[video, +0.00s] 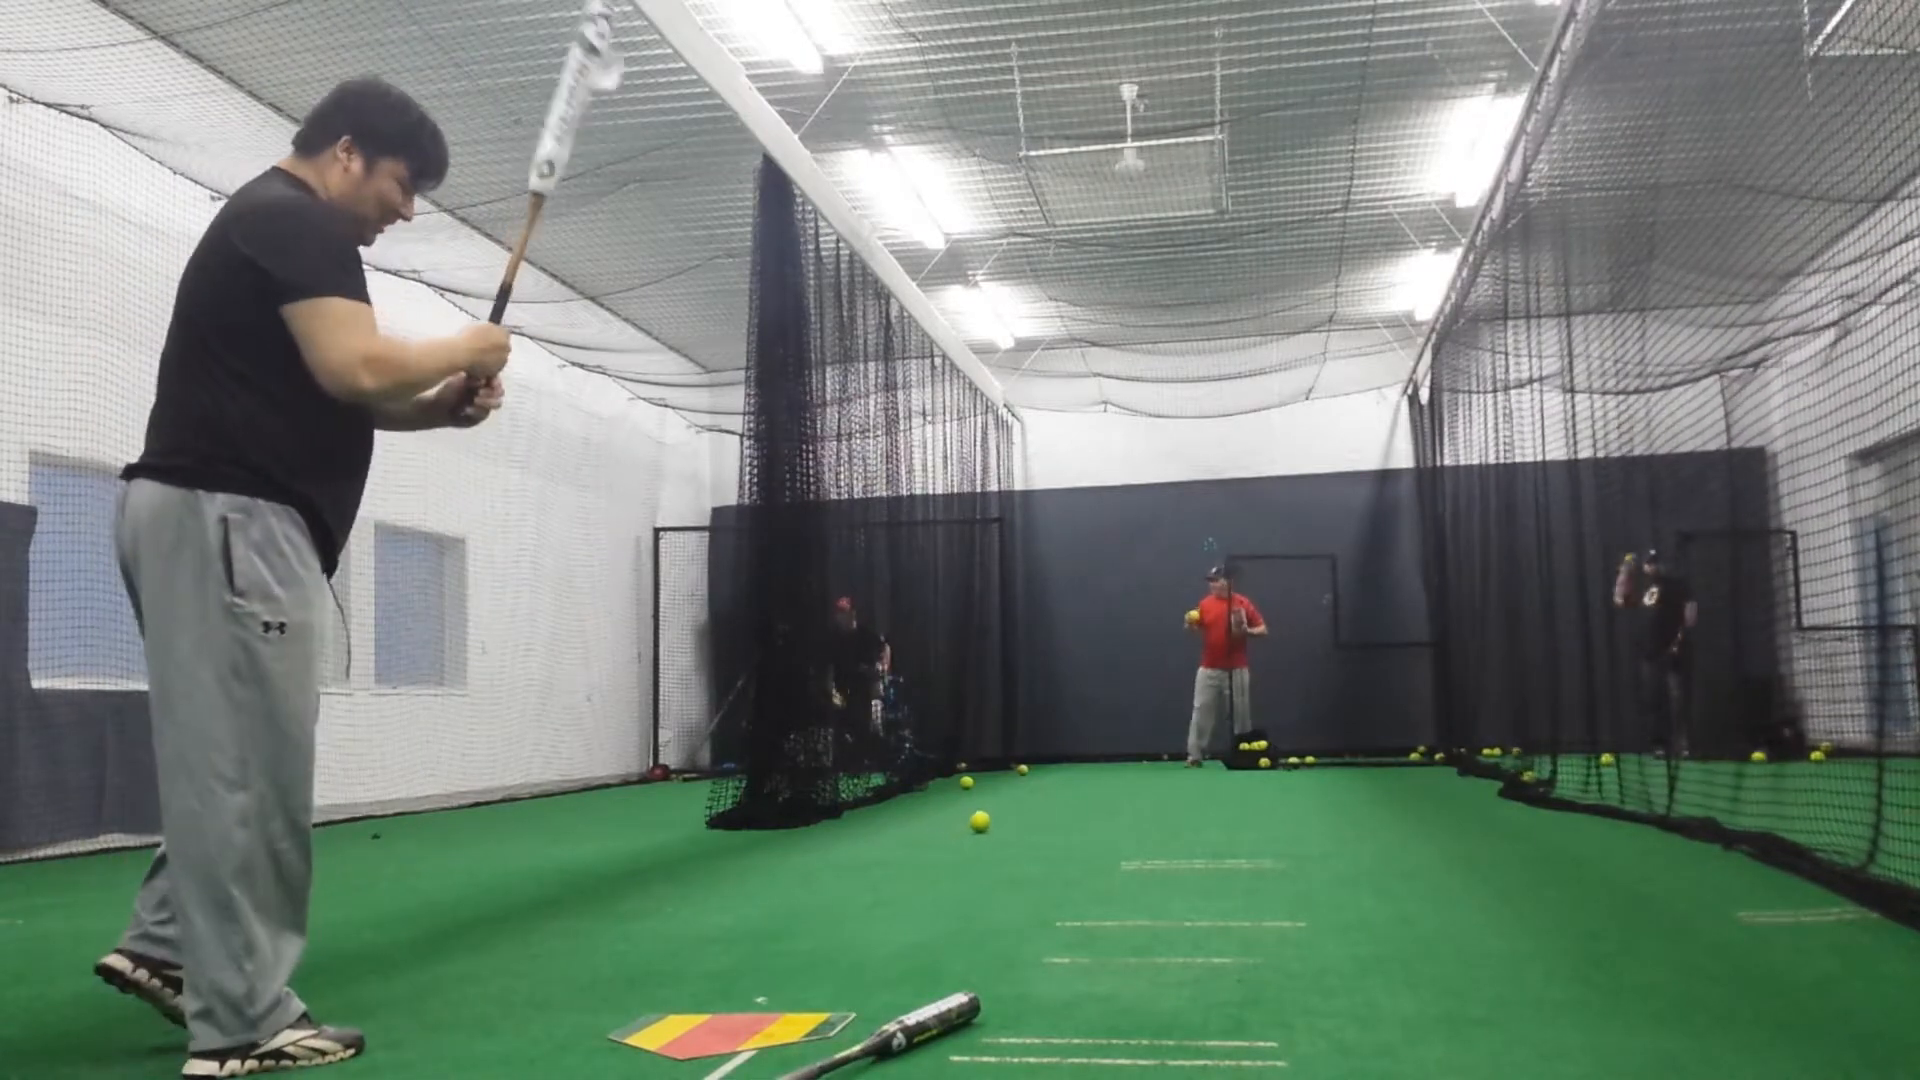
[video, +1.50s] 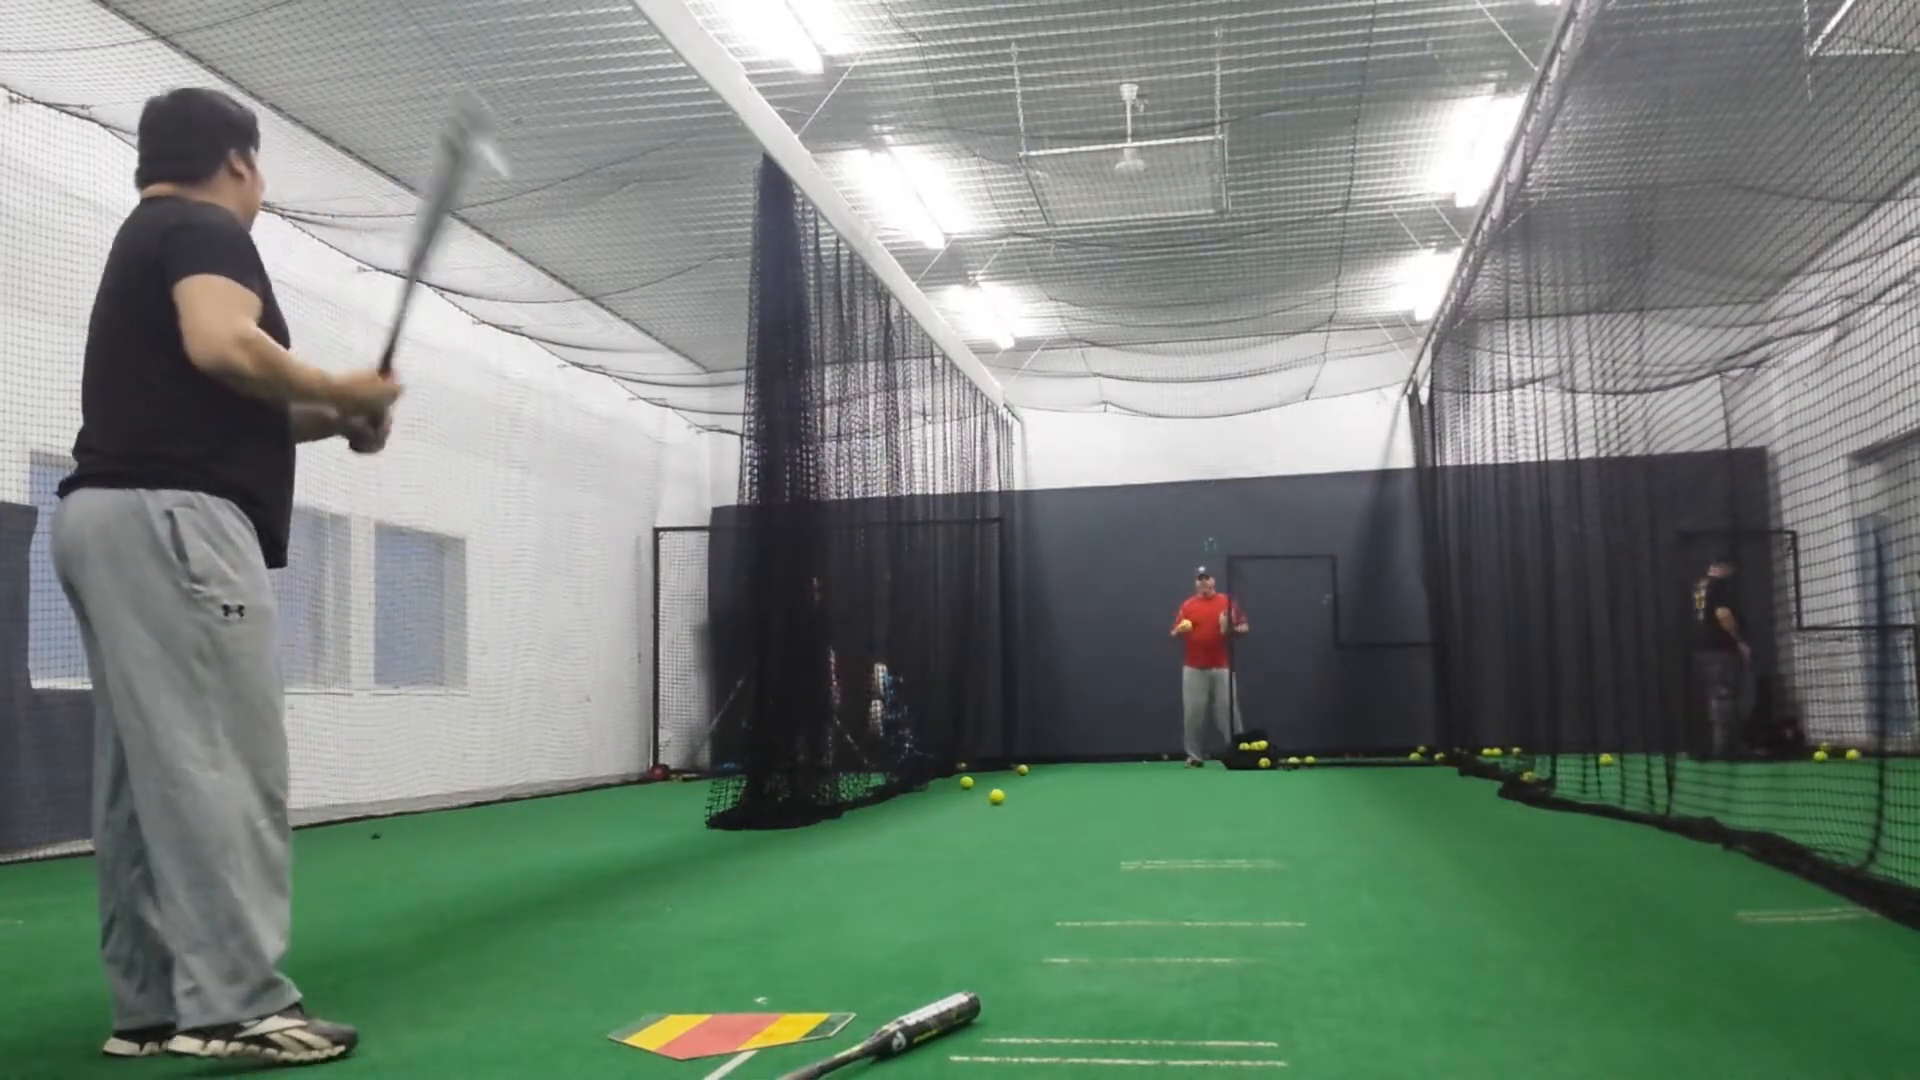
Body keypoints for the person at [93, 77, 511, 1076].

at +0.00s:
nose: (404, 212)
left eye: (413, 195)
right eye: (401, 186)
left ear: (339, 161)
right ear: (347, 153)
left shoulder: (284, 225)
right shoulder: (294, 218)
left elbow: (333, 395)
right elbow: (357, 367)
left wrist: (444, 407)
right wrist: (462, 350)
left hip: (219, 515)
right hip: (228, 519)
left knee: (239, 756)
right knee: (249, 773)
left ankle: (163, 942)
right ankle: (242, 1025)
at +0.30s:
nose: (412, 202)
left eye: (418, 182)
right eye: (413, 179)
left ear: (324, 152)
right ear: (374, 161)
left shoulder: (265, 216)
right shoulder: (313, 230)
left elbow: (331, 386)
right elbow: (339, 381)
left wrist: (445, 383)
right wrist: (450, 364)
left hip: (159, 507)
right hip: (224, 520)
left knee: (181, 765)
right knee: (241, 776)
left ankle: (162, 990)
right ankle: (243, 1024)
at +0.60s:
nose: (387, 192)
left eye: (388, 173)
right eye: (386, 171)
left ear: (281, 154)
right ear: (356, 162)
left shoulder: (207, 225)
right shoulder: (346, 261)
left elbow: (262, 385)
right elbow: (386, 434)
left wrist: (378, 455)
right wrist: (433, 486)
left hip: (123, 507)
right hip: (231, 517)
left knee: (145, 772)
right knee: (257, 770)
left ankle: (150, 1008)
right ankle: (242, 1022)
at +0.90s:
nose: (344, 184)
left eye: (342, 166)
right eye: (341, 165)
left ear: (236, 159)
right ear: (314, 162)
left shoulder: (179, 239)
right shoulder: (313, 262)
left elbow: (207, 399)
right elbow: (367, 431)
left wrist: (312, 497)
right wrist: (378, 532)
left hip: (105, 515)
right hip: (209, 521)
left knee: (134, 771)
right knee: (242, 771)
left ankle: (150, 1008)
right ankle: (244, 1016)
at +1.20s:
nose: (296, 189)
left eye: (295, 170)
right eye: (292, 169)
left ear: (193, 163)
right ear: (263, 162)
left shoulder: (160, 240)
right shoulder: (256, 245)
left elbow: (190, 398)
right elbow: (293, 394)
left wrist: (304, 481)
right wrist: (351, 488)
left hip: (97, 516)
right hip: (181, 514)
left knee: (133, 768)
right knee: (241, 758)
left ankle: (152, 1006)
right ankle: (251, 1005)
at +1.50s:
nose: (262, 185)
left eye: (258, 168)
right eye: (258, 167)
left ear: (162, 165)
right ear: (233, 160)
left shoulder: (146, 237)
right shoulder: (204, 226)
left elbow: (217, 418)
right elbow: (217, 343)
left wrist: (333, 418)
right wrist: (341, 387)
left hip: (106, 516)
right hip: (167, 518)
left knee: (142, 769)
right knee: (220, 758)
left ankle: (153, 1009)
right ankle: (237, 1004)